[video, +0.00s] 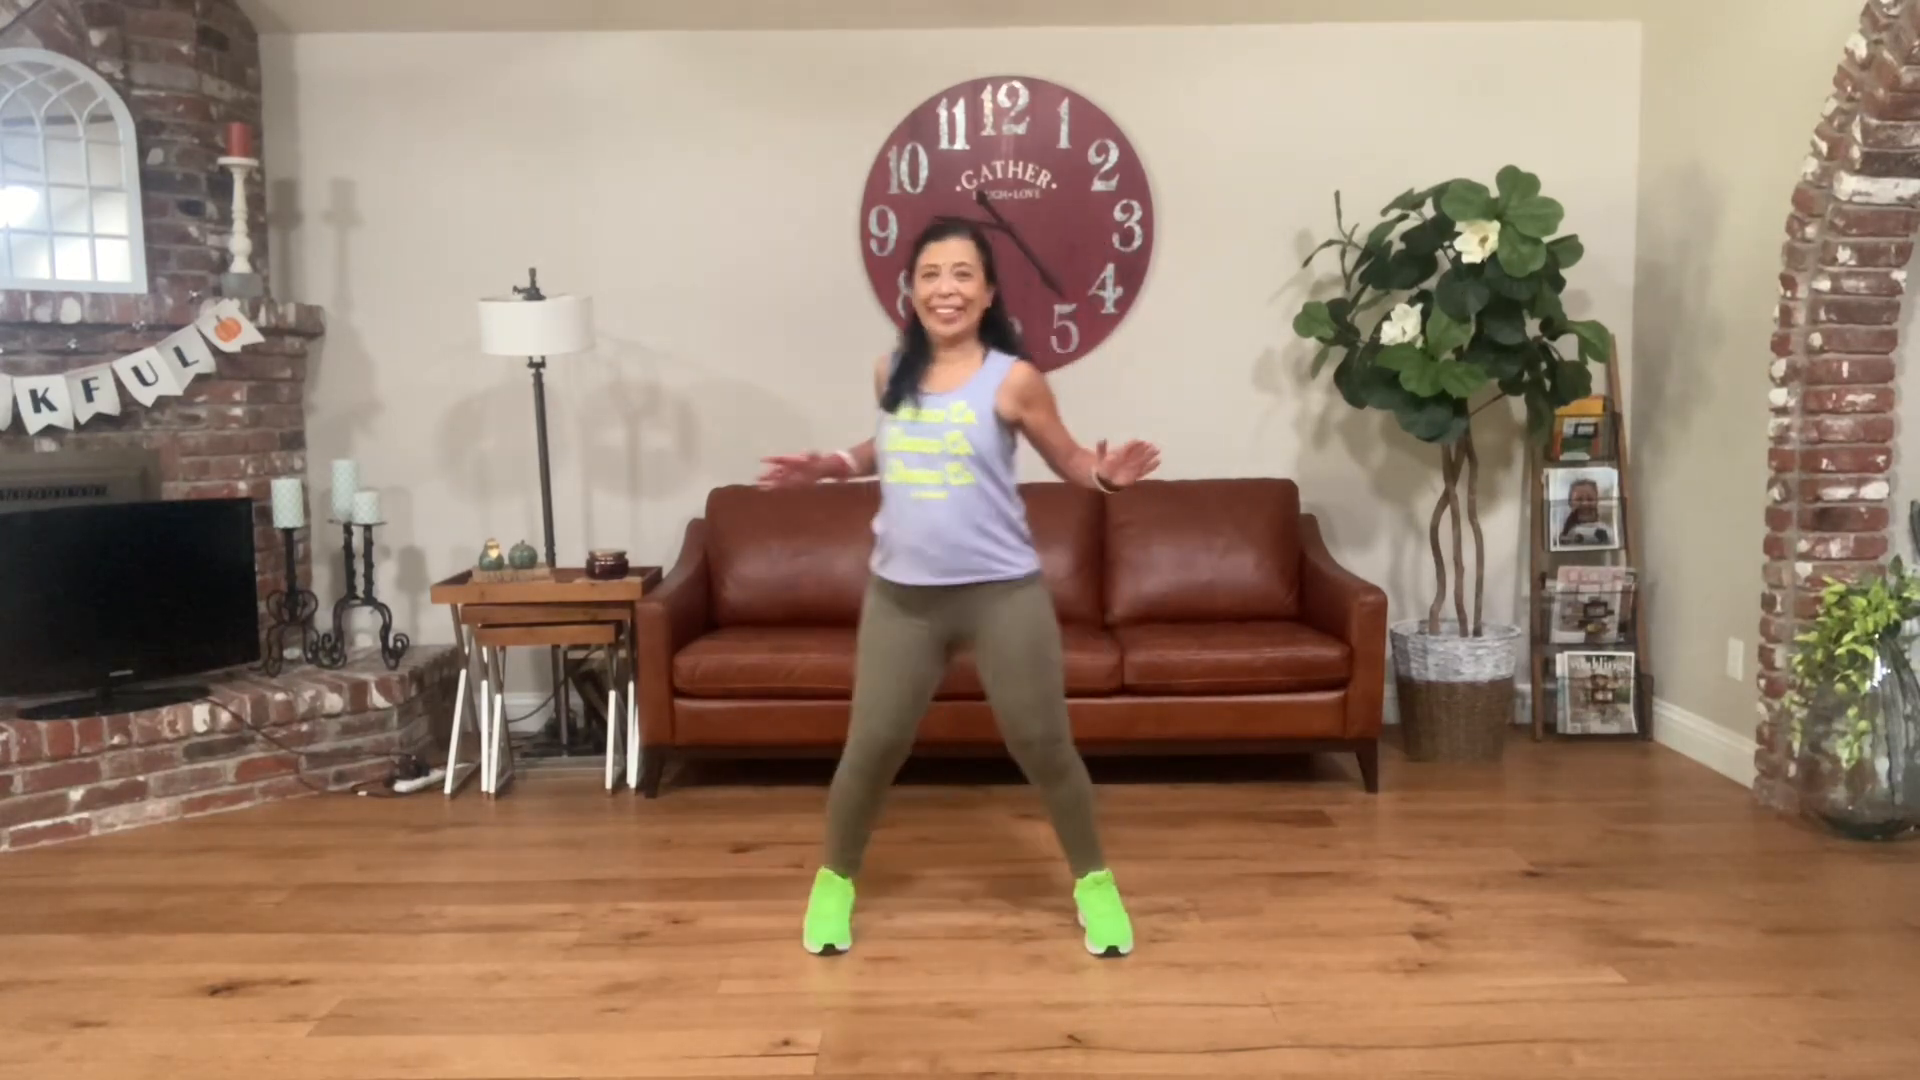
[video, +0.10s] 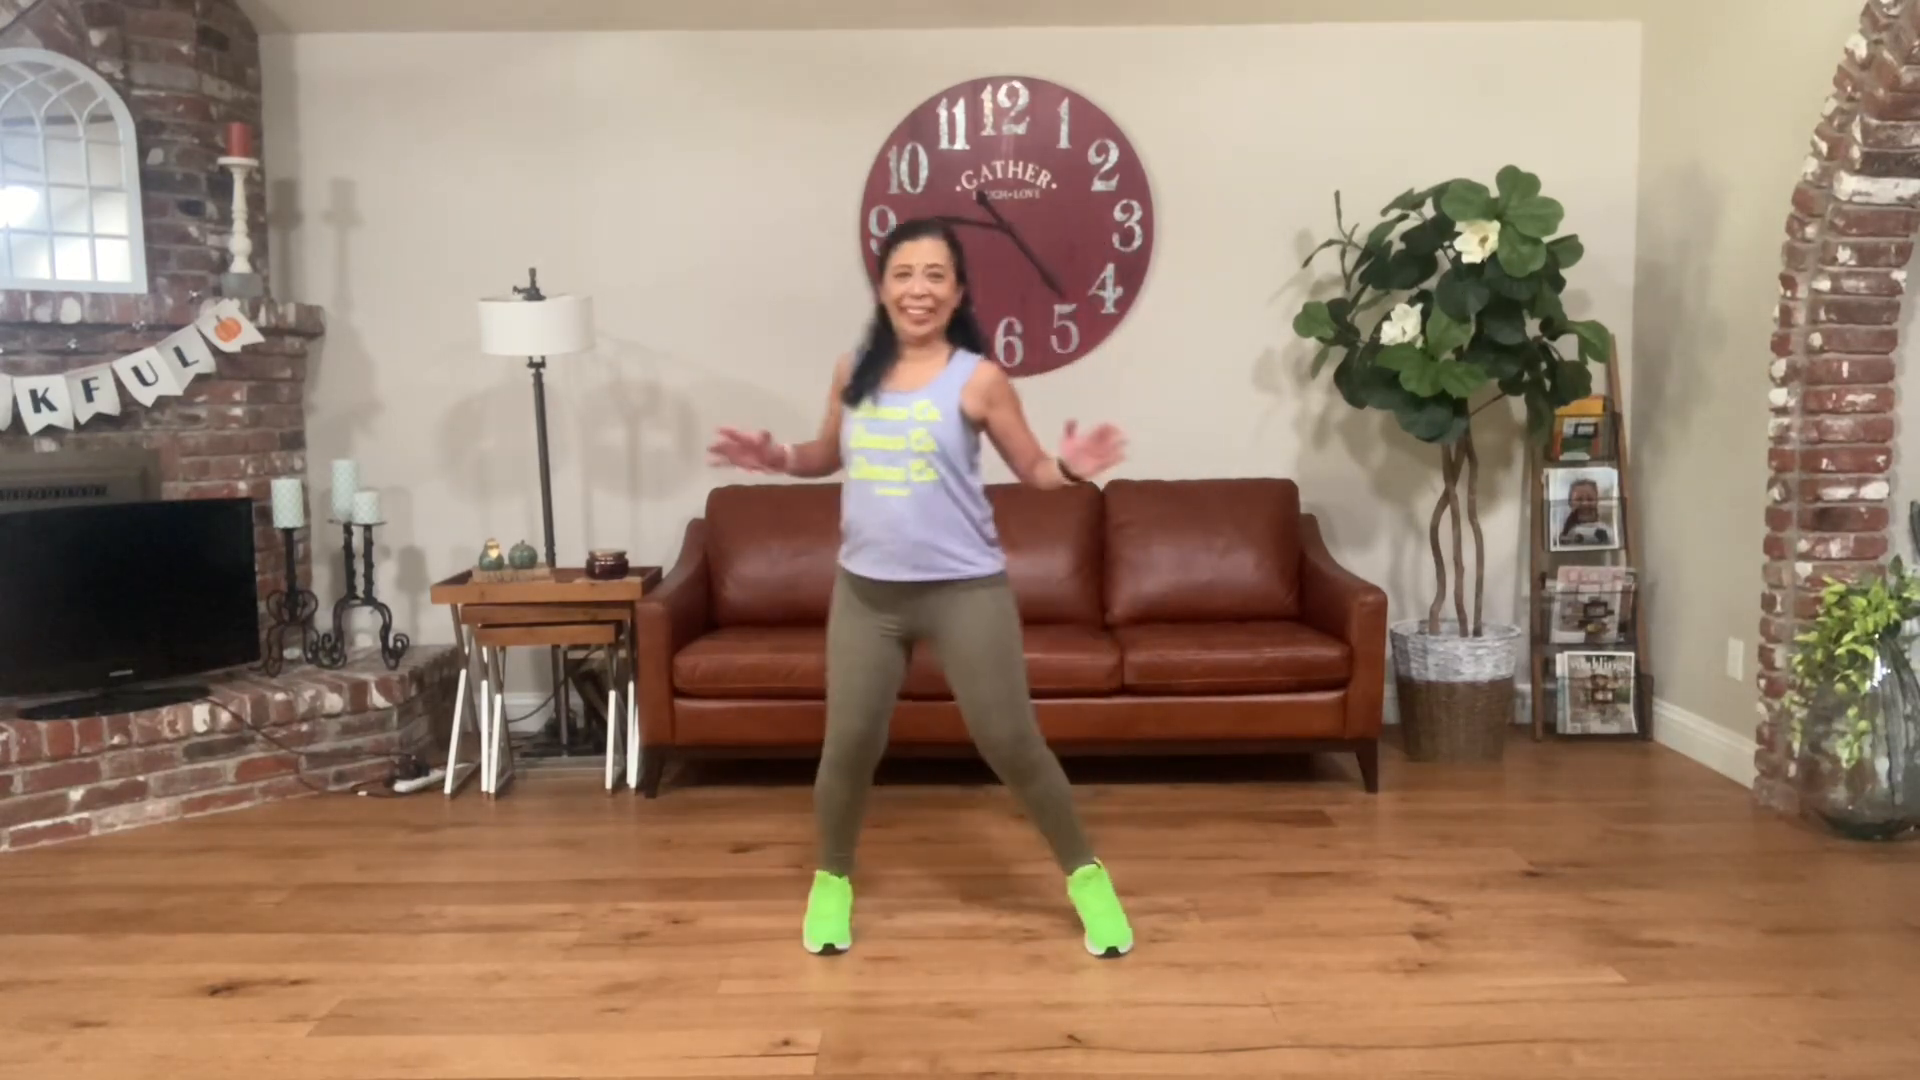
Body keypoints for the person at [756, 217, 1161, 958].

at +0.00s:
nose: (946, 288)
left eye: (963, 274)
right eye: (931, 274)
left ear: (987, 292)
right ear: (911, 292)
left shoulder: (1013, 381)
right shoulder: (892, 372)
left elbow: (1072, 461)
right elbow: (899, 446)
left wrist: (1106, 471)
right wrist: (831, 465)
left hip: (1003, 590)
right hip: (901, 595)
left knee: (1041, 741)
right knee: (874, 743)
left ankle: (1094, 884)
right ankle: (835, 881)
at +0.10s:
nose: (919, 290)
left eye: (936, 276)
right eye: (903, 275)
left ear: (957, 292)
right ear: (882, 288)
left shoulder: (979, 380)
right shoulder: (855, 371)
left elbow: (1034, 471)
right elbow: (829, 456)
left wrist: (1070, 467)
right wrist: (780, 458)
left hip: (965, 589)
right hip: (865, 591)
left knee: (1008, 740)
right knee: (849, 743)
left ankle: (1085, 876)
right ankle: (832, 882)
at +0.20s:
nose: (897, 301)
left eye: (913, 287)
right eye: (881, 286)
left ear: (931, 300)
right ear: (855, 297)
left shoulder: (952, 388)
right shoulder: (822, 376)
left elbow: (1001, 491)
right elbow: (766, 461)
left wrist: (1023, 454)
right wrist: (738, 443)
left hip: (941, 582)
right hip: (844, 590)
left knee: (975, 738)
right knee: (836, 740)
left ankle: (1059, 866)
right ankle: (831, 884)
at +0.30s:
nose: (891, 315)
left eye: (904, 300)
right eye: (874, 300)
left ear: (917, 310)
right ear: (838, 310)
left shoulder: (935, 392)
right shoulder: (803, 388)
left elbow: (961, 503)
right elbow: (730, 475)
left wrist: (969, 433)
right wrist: (721, 423)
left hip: (929, 585)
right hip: (833, 592)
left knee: (941, 731)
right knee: (828, 741)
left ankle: (1002, 850)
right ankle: (829, 884)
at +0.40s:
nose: (888, 319)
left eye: (899, 302)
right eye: (871, 302)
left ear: (911, 309)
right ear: (830, 312)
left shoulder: (926, 383)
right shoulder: (797, 387)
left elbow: (934, 499)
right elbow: (746, 487)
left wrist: (924, 427)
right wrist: (745, 419)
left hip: (919, 584)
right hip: (823, 589)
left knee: (913, 728)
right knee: (823, 741)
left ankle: (936, 842)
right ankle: (829, 884)